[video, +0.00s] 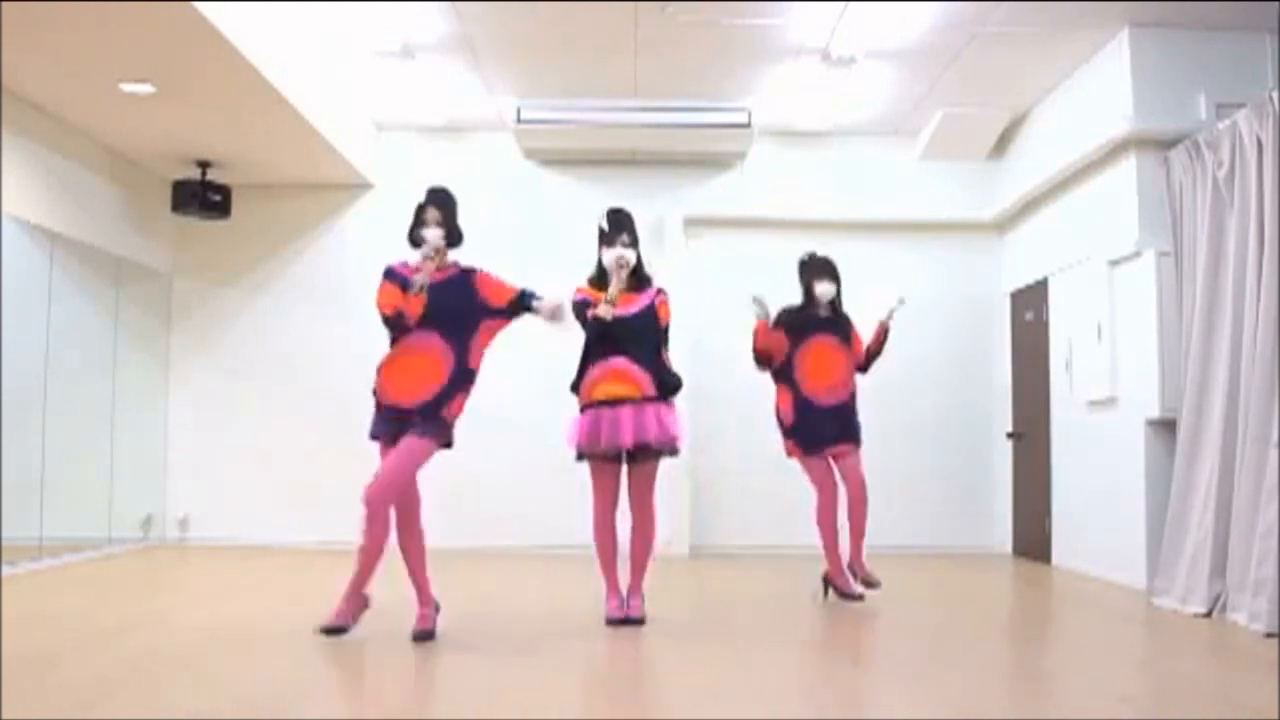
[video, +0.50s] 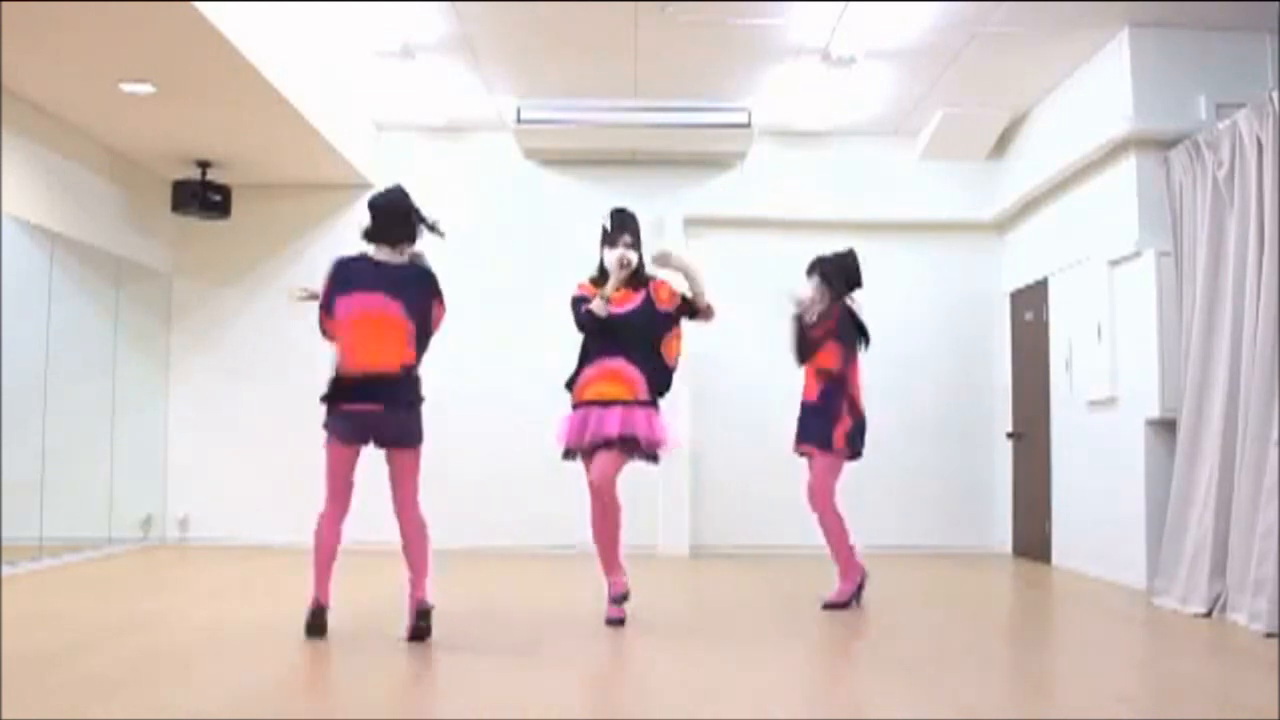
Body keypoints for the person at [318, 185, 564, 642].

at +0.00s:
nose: (433, 233)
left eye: (441, 226)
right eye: (426, 225)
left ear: (454, 231)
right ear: (414, 229)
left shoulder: (473, 282)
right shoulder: (398, 276)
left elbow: (515, 298)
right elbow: (396, 323)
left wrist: (544, 307)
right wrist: (422, 277)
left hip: (439, 411)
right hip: (392, 406)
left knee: (377, 495)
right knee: (406, 507)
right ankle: (426, 602)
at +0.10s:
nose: (416, 238)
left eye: (426, 231)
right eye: (410, 230)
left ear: (438, 237)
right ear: (401, 234)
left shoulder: (455, 288)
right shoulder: (385, 282)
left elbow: (489, 321)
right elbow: (377, 327)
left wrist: (516, 319)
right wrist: (402, 284)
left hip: (418, 411)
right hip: (376, 407)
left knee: (361, 501)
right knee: (395, 507)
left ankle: (341, 598)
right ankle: (426, 601)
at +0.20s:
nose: (400, 237)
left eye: (409, 231)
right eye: (396, 229)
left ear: (427, 237)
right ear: (388, 234)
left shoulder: (443, 291)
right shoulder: (375, 283)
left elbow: (463, 350)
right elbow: (356, 326)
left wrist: (497, 329)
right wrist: (378, 280)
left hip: (399, 410)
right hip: (364, 407)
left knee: (343, 501)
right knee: (391, 514)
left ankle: (339, 599)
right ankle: (424, 601)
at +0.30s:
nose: (377, 240)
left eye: (383, 232)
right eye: (379, 232)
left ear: (403, 238)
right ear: (404, 239)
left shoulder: (429, 287)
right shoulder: (384, 282)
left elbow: (424, 329)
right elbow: (352, 321)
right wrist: (352, 275)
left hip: (383, 406)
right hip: (367, 404)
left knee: (329, 500)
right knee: (387, 510)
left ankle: (339, 599)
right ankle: (424, 598)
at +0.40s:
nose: (370, 243)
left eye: (374, 236)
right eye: (372, 237)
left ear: (384, 236)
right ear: (411, 239)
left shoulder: (388, 278)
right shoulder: (416, 281)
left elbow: (372, 340)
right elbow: (370, 337)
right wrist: (321, 307)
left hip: (363, 400)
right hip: (397, 404)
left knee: (320, 496)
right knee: (392, 504)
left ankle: (332, 599)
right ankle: (428, 598)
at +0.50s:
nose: (409, 235)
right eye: (413, 228)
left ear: (370, 226)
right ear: (413, 230)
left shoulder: (343, 270)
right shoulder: (422, 278)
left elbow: (328, 327)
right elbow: (431, 326)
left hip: (348, 397)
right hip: (400, 400)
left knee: (334, 505)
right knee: (408, 506)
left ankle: (319, 602)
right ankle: (420, 601)